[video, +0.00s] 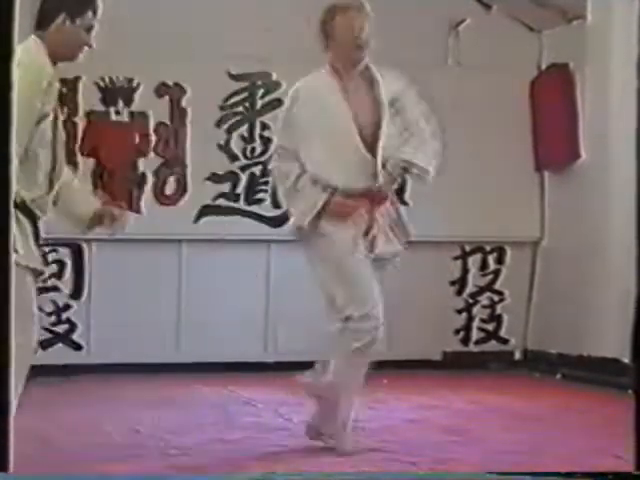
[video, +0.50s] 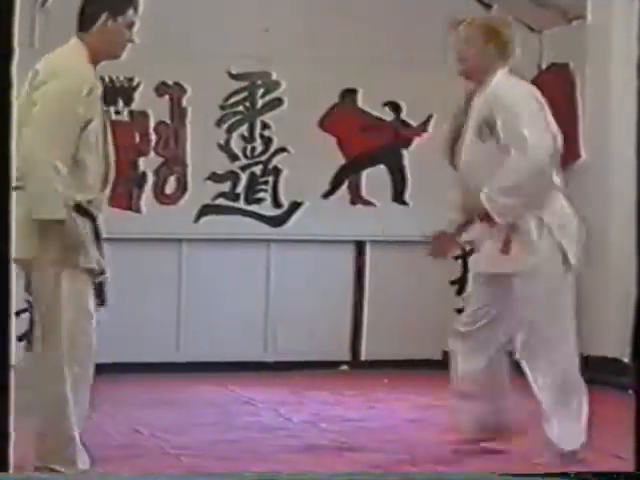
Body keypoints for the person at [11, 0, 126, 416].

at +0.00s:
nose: (90, 42)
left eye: (92, 31)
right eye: (86, 29)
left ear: (61, 23)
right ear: (60, 22)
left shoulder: (43, 75)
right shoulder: (29, 71)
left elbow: (51, 169)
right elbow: (13, 157)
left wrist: (91, 210)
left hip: (25, 226)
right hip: (14, 228)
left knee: (25, 335)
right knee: (21, 335)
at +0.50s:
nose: (133, 36)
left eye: (134, 26)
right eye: (129, 24)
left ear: (99, 22)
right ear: (104, 22)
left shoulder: (66, 69)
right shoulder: (71, 74)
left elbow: (49, 153)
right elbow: (45, 152)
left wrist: (77, 223)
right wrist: (61, 225)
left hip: (58, 227)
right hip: (58, 230)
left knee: (61, 344)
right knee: (67, 346)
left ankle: (57, 449)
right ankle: (60, 454)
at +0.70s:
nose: (143, 47)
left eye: (146, 38)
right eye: (142, 35)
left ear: (113, 28)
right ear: (119, 29)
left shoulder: (98, 84)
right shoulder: (76, 81)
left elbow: (111, 171)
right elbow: (107, 161)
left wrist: (156, 183)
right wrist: (167, 148)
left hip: (103, 226)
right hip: (77, 226)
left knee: (144, 325)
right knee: (102, 334)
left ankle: (129, 434)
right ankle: (63, 450)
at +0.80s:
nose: (148, 57)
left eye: (151, 47)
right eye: (147, 44)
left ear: (122, 37)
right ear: (124, 37)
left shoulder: (105, 90)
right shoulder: (84, 88)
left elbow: (135, 160)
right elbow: (131, 157)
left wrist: (169, 130)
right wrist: (188, 129)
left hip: (115, 232)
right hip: (86, 232)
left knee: (160, 336)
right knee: (114, 343)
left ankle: (184, 435)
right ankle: (64, 452)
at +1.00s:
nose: (168, 57)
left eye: (170, 47)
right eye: (166, 46)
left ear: (136, 42)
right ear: (143, 42)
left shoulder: (128, 93)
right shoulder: (106, 97)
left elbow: (172, 140)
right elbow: (162, 165)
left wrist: (212, 119)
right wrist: (212, 151)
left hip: (154, 236)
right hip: (123, 236)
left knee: (200, 339)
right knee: (142, 352)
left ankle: (217, 442)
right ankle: (68, 459)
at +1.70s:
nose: (224, 81)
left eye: (225, 72)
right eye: (221, 70)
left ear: (195, 64)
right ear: (201, 63)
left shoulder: (173, 105)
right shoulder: (175, 107)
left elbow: (202, 176)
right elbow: (218, 178)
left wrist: (249, 181)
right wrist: (251, 198)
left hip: (176, 249)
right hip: (159, 251)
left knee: (219, 332)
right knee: (175, 363)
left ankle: (231, 428)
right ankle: (108, 455)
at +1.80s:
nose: (240, 84)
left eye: (240, 75)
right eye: (236, 74)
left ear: (203, 70)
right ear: (216, 70)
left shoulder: (174, 103)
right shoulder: (202, 101)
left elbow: (198, 175)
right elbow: (249, 156)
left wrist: (243, 176)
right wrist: (278, 157)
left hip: (183, 248)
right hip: (178, 250)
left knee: (220, 339)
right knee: (182, 361)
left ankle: (217, 429)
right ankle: (112, 454)